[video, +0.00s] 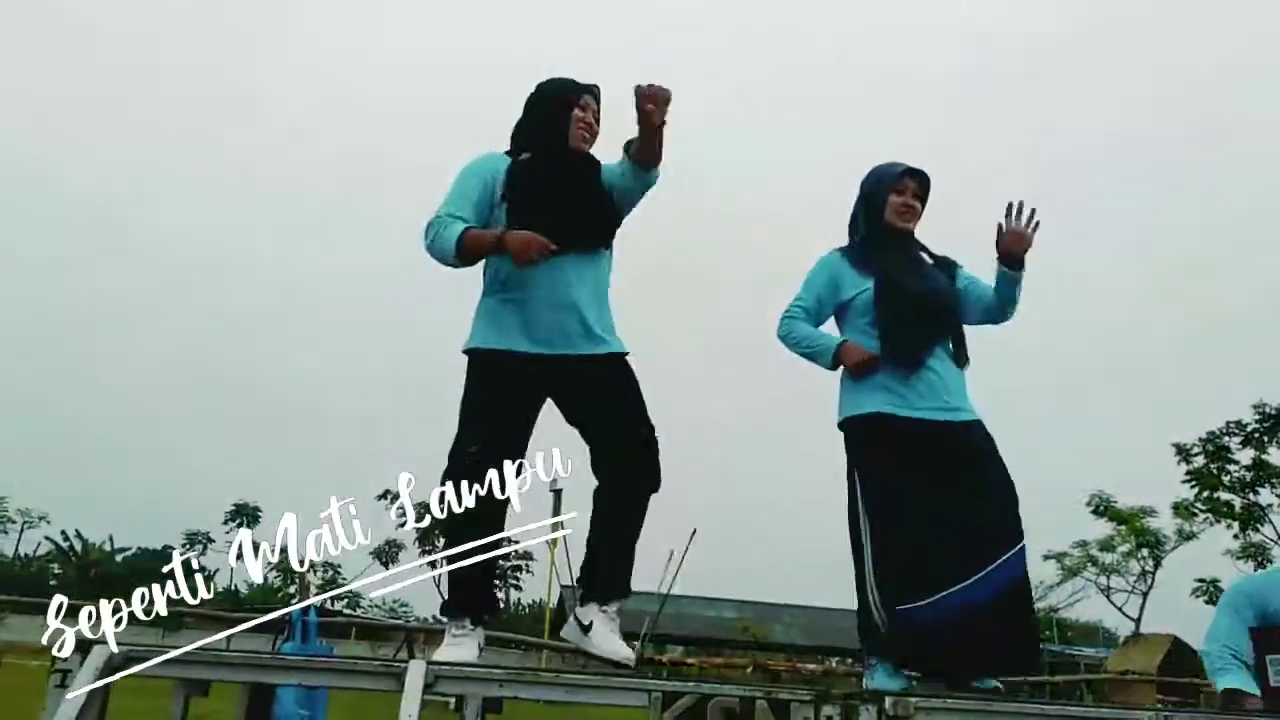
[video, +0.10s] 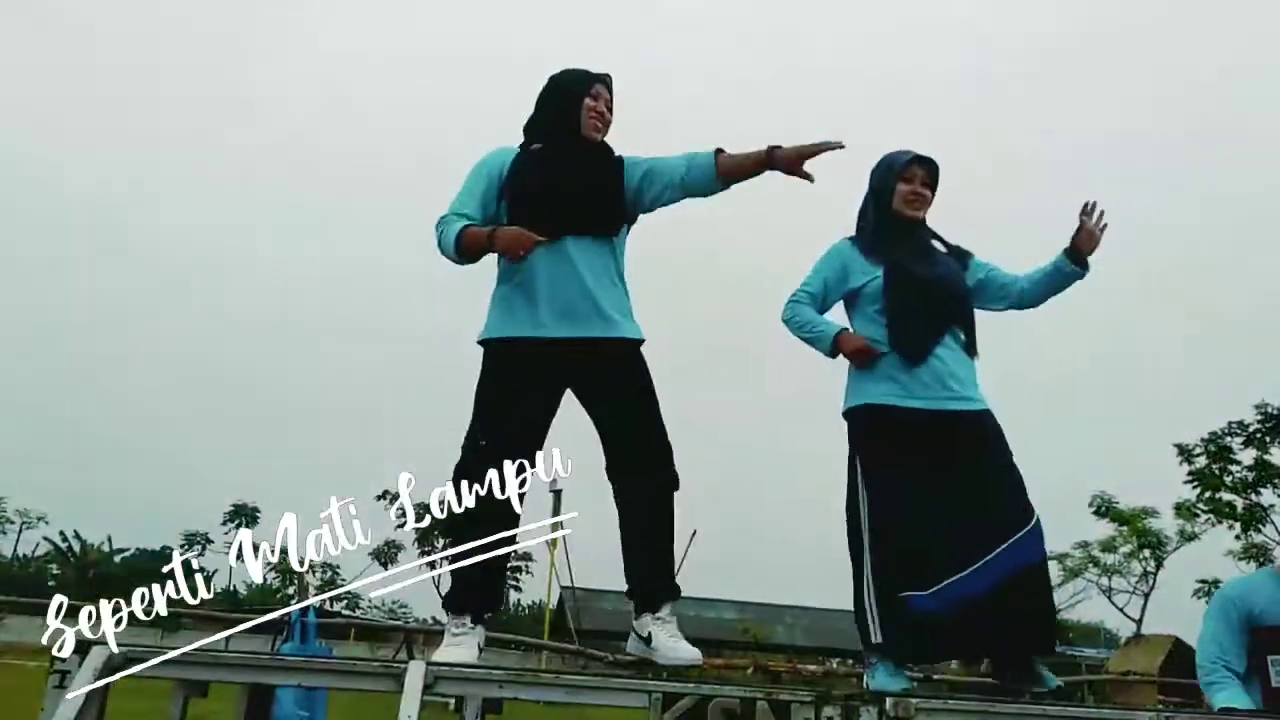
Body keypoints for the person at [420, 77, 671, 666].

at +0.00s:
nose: (589, 119)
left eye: (594, 116)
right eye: (578, 108)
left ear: (596, 132)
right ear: (545, 113)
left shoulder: (601, 181)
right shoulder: (494, 170)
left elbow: (639, 168)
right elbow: (441, 236)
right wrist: (502, 239)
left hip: (591, 351)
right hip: (507, 347)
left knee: (633, 469)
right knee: (476, 479)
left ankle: (594, 608)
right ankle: (463, 619)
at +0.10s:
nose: (602, 106)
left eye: (607, 102)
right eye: (591, 96)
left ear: (608, 120)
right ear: (557, 103)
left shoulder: (619, 173)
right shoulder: (506, 164)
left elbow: (695, 170)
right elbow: (452, 233)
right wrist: (493, 237)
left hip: (608, 340)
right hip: (522, 339)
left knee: (647, 471)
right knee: (488, 475)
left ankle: (653, 618)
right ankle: (465, 620)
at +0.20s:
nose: (620, 109)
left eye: (625, 105)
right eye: (609, 99)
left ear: (627, 121)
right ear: (575, 105)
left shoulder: (641, 174)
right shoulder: (526, 170)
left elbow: (726, 209)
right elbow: (467, 245)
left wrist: (820, 229)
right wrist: (479, 245)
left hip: (628, 340)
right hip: (542, 340)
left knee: (660, 485)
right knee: (502, 480)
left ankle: (688, 631)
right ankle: (465, 621)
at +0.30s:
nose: (639, 118)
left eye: (646, 113)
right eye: (627, 108)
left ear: (651, 132)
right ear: (597, 119)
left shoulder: (674, 191)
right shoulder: (555, 188)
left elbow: (740, 251)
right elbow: (502, 263)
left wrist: (813, 299)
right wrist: (472, 255)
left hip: (657, 355)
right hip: (568, 354)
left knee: (678, 498)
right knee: (518, 486)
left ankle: (687, 640)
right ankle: (469, 621)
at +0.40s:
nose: (648, 119)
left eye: (657, 113)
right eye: (638, 111)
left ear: (670, 129)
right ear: (617, 125)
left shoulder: (701, 196)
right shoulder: (585, 193)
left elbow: (741, 266)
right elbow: (523, 259)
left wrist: (778, 325)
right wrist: (495, 226)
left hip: (683, 363)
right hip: (595, 358)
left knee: (697, 502)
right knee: (535, 480)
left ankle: (689, 641)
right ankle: (490, 615)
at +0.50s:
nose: (654, 116)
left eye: (664, 108)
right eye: (644, 108)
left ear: (682, 120)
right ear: (629, 120)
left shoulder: (714, 190)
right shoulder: (603, 184)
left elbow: (738, 263)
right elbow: (539, 231)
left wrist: (748, 308)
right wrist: (570, 175)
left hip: (690, 345)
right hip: (609, 339)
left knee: (694, 488)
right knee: (569, 459)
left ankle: (689, 638)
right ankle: (556, 601)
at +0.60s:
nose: (657, 124)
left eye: (670, 115)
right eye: (648, 116)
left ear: (691, 127)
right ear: (635, 127)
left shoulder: (716, 196)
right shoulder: (606, 176)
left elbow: (738, 267)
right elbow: (587, 207)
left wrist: (739, 299)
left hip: (697, 348)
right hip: (615, 343)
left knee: (696, 489)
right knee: (601, 472)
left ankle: (689, 636)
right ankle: (615, 607)